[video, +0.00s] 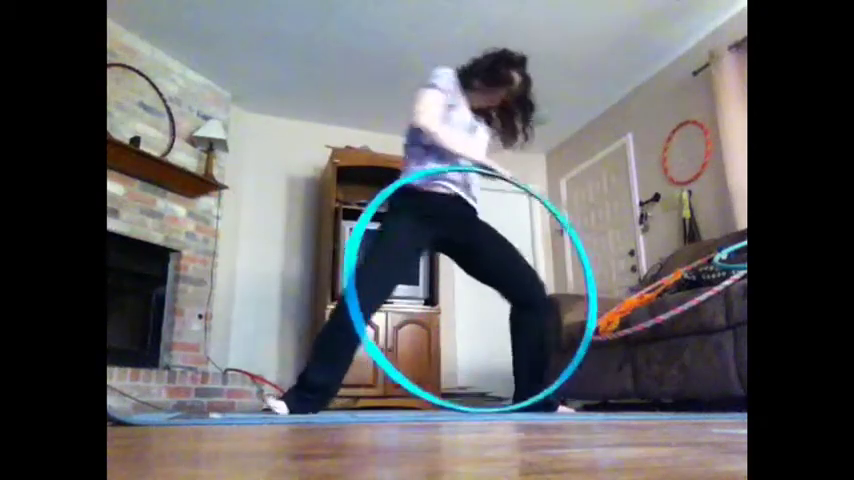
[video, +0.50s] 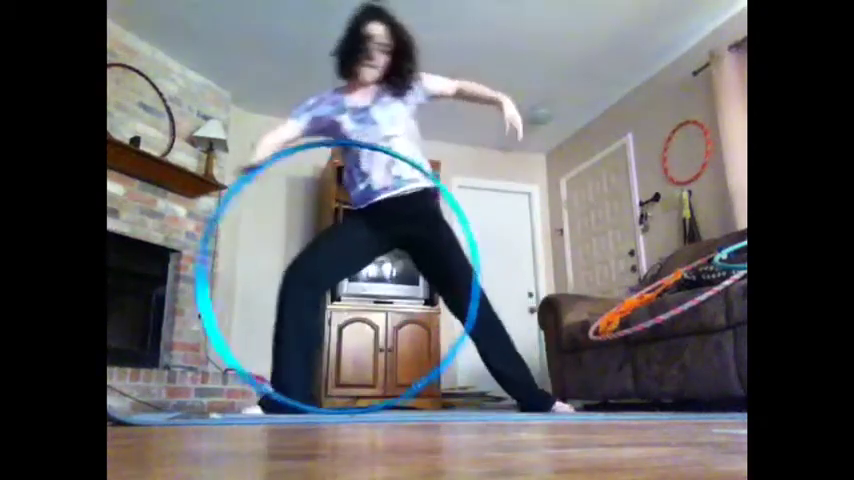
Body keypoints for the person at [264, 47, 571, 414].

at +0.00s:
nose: (492, 107)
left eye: (499, 104)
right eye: (494, 98)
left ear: (502, 102)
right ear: (485, 79)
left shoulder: (482, 125)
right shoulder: (444, 83)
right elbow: (425, 122)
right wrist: (478, 153)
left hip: (459, 216)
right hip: (414, 207)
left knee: (531, 293)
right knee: (360, 301)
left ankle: (535, 402)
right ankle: (301, 401)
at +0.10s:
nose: (472, 87)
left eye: (480, 84)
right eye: (472, 76)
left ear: (483, 86)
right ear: (459, 62)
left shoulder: (469, 110)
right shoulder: (413, 78)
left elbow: (484, 148)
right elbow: (374, 110)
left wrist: (497, 184)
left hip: (454, 213)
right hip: (405, 206)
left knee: (511, 296)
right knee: (345, 290)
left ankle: (531, 397)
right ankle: (300, 396)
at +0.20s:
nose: (456, 71)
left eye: (465, 68)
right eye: (453, 60)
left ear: (470, 73)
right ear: (435, 52)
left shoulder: (458, 104)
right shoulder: (392, 81)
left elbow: (498, 144)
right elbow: (345, 113)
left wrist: (506, 172)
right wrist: (384, 143)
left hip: (445, 210)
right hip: (393, 208)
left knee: (499, 293)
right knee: (334, 288)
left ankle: (533, 397)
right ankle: (298, 395)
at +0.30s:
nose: (433, 63)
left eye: (442, 58)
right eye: (429, 52)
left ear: (449, 64)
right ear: (412, 47)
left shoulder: (444, 97)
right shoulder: (373, 85)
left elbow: (489, 118)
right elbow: (322, 117)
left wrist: (509, 149)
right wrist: (347, 139)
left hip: (437, 209)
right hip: (384, 209)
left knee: (489, 296)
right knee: (324, 286)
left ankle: (531, 398)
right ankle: (297, 395)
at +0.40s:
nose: (399, 54)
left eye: (408, 48)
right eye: (391, 45)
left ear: (418, 54)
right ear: (374, 46)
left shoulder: (423, 90)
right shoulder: (346, 95)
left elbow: (471, 96)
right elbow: (295, 124)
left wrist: (505, 117)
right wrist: (287, 142)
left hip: (426, 207)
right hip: (374, 214)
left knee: (475, 297)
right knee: (312, 281)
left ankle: (531, 400)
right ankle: (291, 397)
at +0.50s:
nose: (375, 58)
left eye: (384, 51)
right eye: (367, 49)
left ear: (395, 56)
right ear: (351, 50)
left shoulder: (409, 88)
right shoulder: (329, 104)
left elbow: (458, 89)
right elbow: (280, 136)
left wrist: (504, 101)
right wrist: (260, 156)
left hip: (418, 209)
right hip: (368, 218)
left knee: (470, 303)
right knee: (302, 279)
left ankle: (537, 402)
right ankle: (289, 400)